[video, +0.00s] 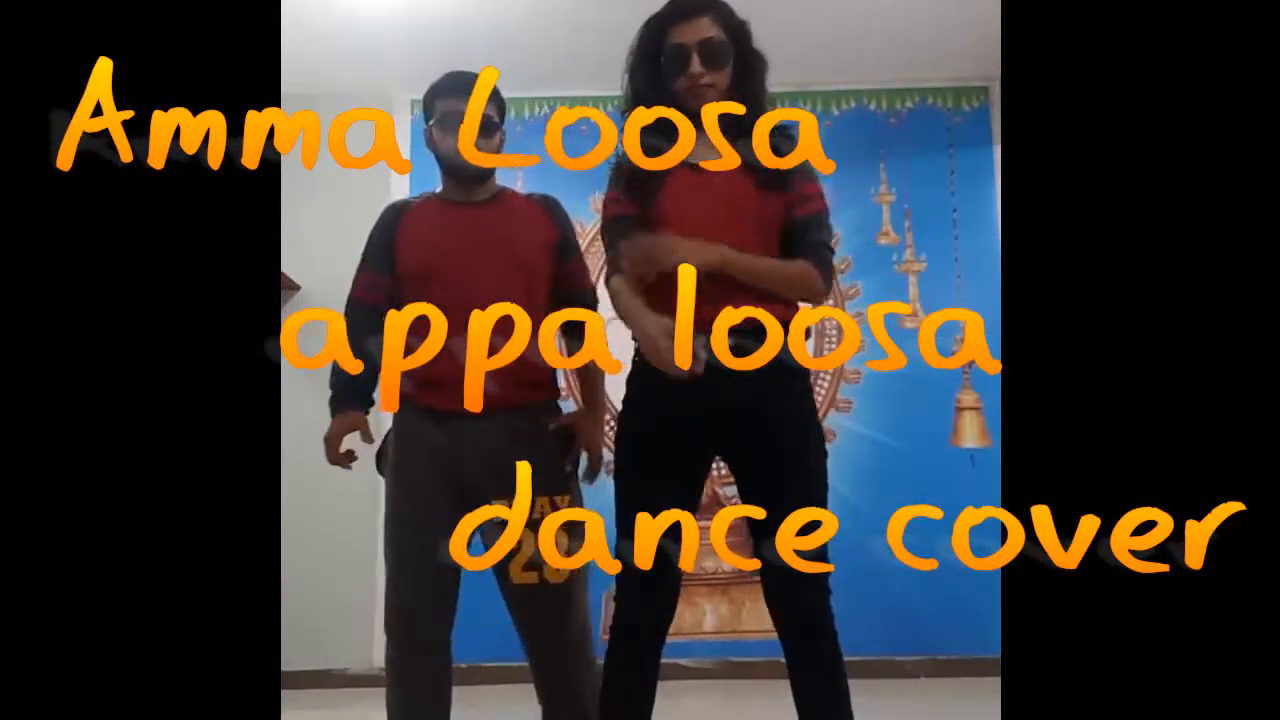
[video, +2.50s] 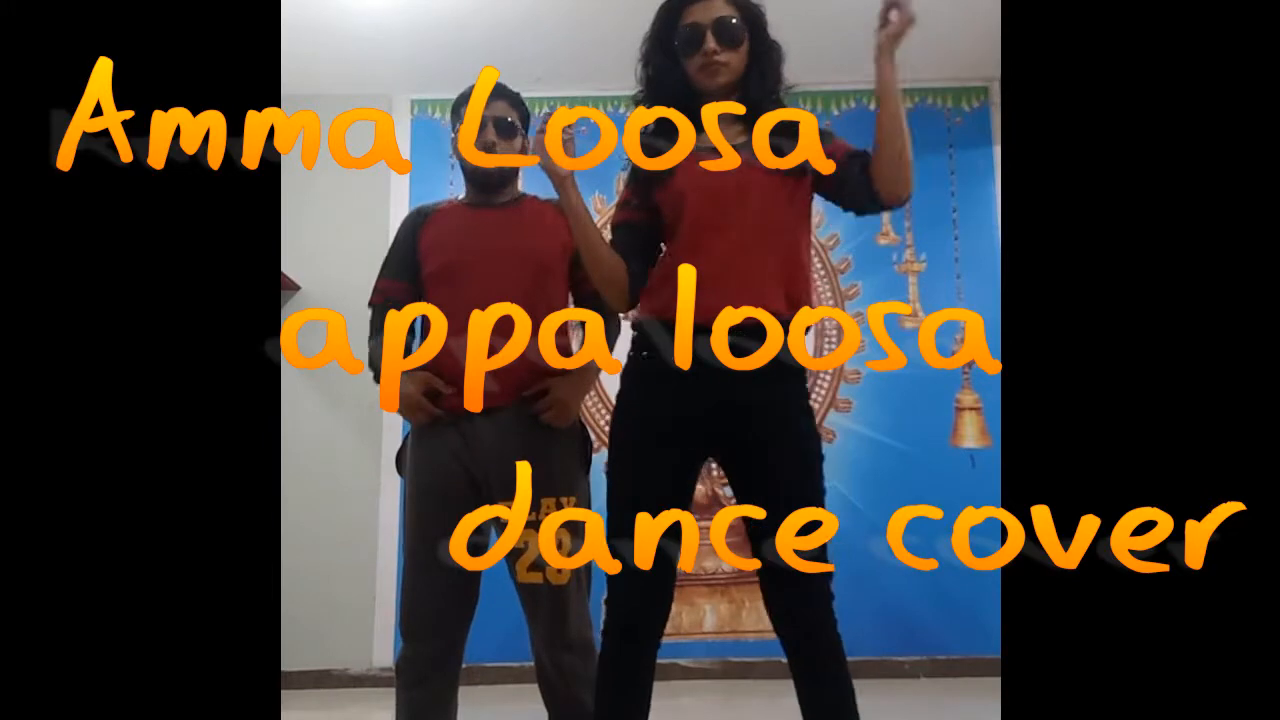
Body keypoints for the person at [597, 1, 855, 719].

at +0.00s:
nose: (696, 68)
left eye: (712, 52)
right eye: (677, 57)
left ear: (741, 61)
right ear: (655, 72)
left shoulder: (781, 149)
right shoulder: (641, 152)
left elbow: (816, 280)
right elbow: (621, 265)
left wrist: (697, 254)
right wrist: (644, 322)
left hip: (770, 390)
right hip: (665, 388)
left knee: (801, 597)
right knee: (644, 597)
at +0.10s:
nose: (698, 67)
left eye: (714, 51)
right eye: (679, 56)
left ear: (743, 61)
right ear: (656, 72)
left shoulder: (783, 152)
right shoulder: (639, 161)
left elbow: (820, 284)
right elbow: (626, 278)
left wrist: (724, 295)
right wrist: (645, 360)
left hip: (772, 387)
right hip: (670, 385)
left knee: (804, 596)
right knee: (647, 597)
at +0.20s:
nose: (702, 65)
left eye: (718, 49)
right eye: (683, 54)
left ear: (747, 58)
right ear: (662, 69)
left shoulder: (784, 148)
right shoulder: (644, 157)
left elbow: (818, 272)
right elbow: (628, 289)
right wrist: (613, 414)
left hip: (782, 389)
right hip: (676, 389)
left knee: (807, 595)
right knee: (650, 599)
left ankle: (834, 718)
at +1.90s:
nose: (635, 61)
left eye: (653, 42)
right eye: (634, 46)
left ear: (709, 47)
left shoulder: (778, 137)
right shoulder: (636, 148)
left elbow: (820, 272)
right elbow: (615, 285)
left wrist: (909, 347)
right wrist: (582, 301)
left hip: (765, 387)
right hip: (658, 388)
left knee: (818, 599)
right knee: (636, 602)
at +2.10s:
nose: (672, 53)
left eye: (690, 35)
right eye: (657, 45)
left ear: (731, 42)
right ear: (647, 66)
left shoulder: (786, 135)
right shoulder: (649, 152)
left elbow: (846, 272)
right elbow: (630, 304)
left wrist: (957, 249)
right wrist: (567, 257)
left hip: (796, 388)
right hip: (686, 391)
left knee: (822, 601)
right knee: (653, 605)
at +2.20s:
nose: (694, 48)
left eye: (711, 30)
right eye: (675, 39)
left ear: (744, 44)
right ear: (659, 62)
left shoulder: (790, 132)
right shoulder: (655, 150)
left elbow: (868, 253)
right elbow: (632, 298)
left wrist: (953, 164)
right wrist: (560, 207)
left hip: (797, 388)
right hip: (689, 390)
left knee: (824, 598)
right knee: (643, 603)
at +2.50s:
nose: (710, 47)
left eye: (727, 32)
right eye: (691, 36)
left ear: (755, 47)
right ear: (670, 55)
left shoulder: (789, 134)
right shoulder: (659, 147)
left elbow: (888, 186)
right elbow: (617, 285)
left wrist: (885, 63)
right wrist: (562, 182)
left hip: (767, 380)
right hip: (664, 378)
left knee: (802, 592)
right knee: (637, 594)